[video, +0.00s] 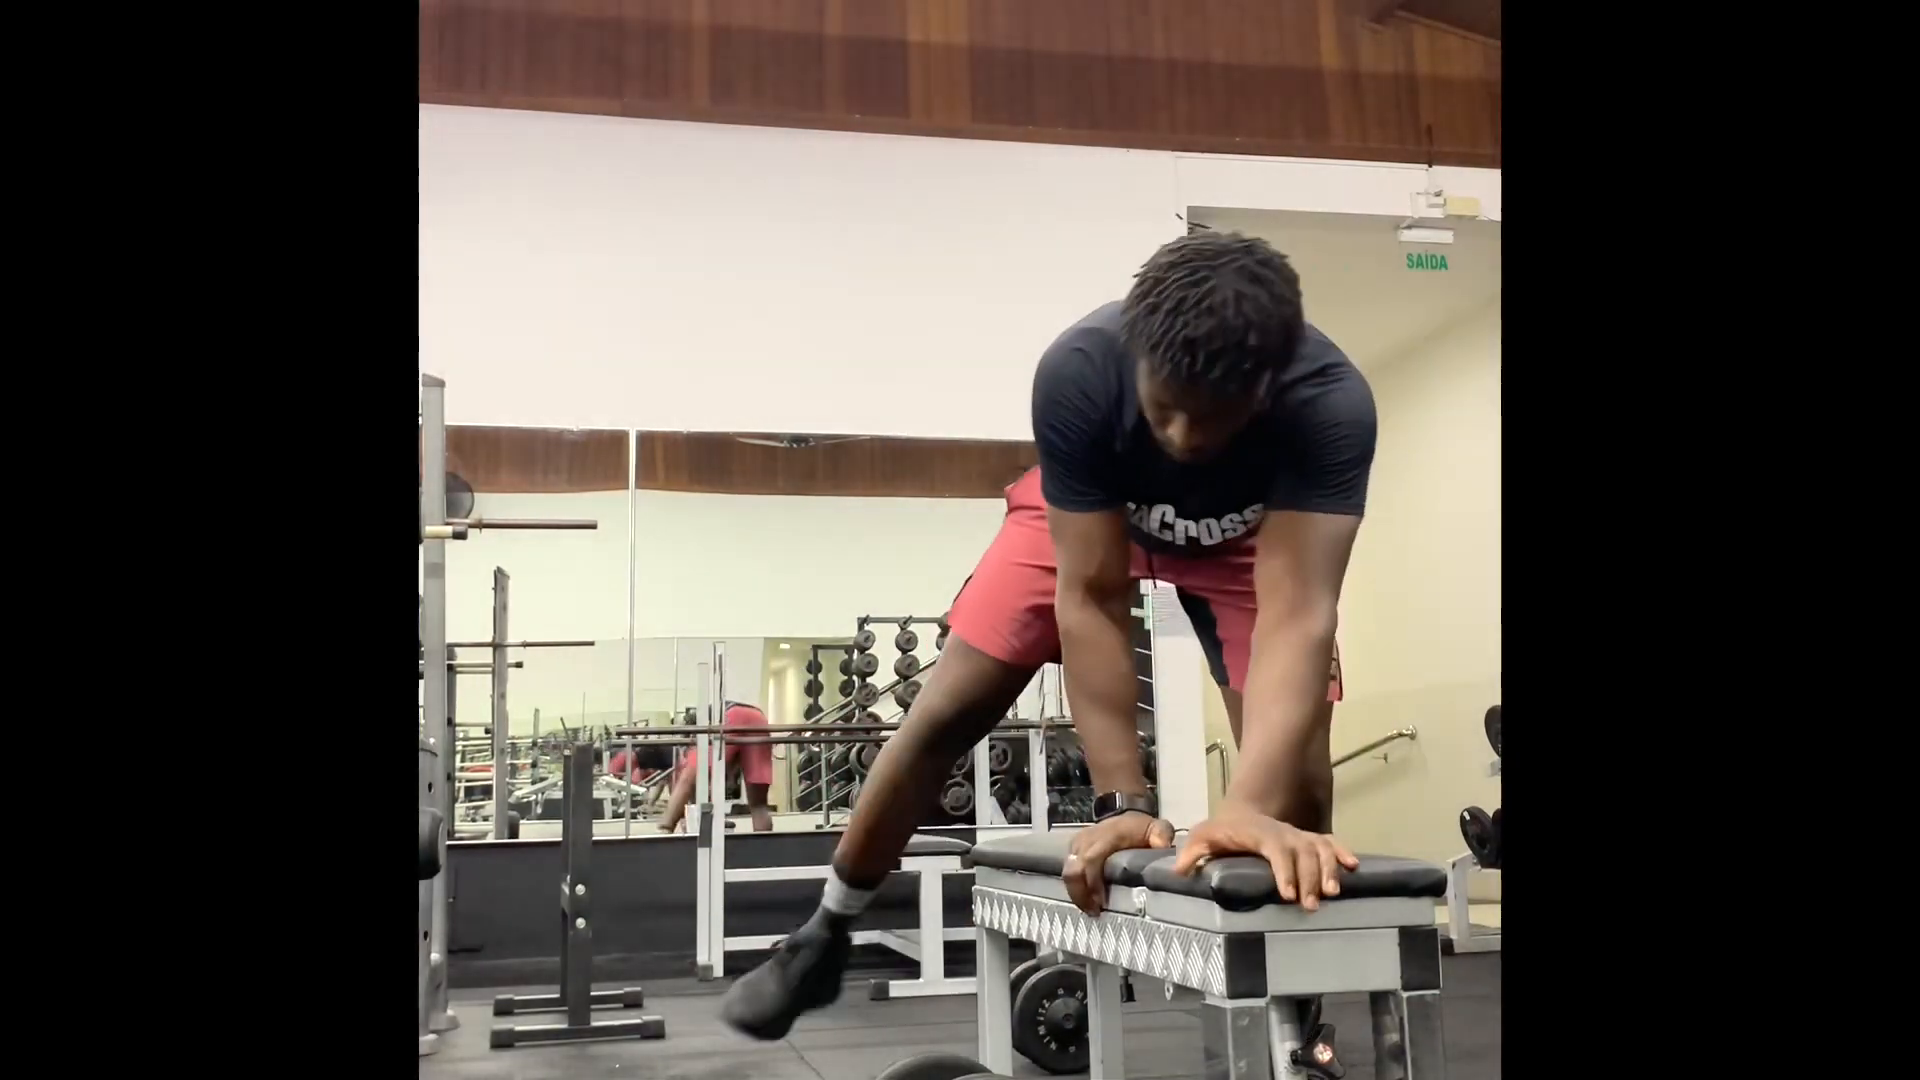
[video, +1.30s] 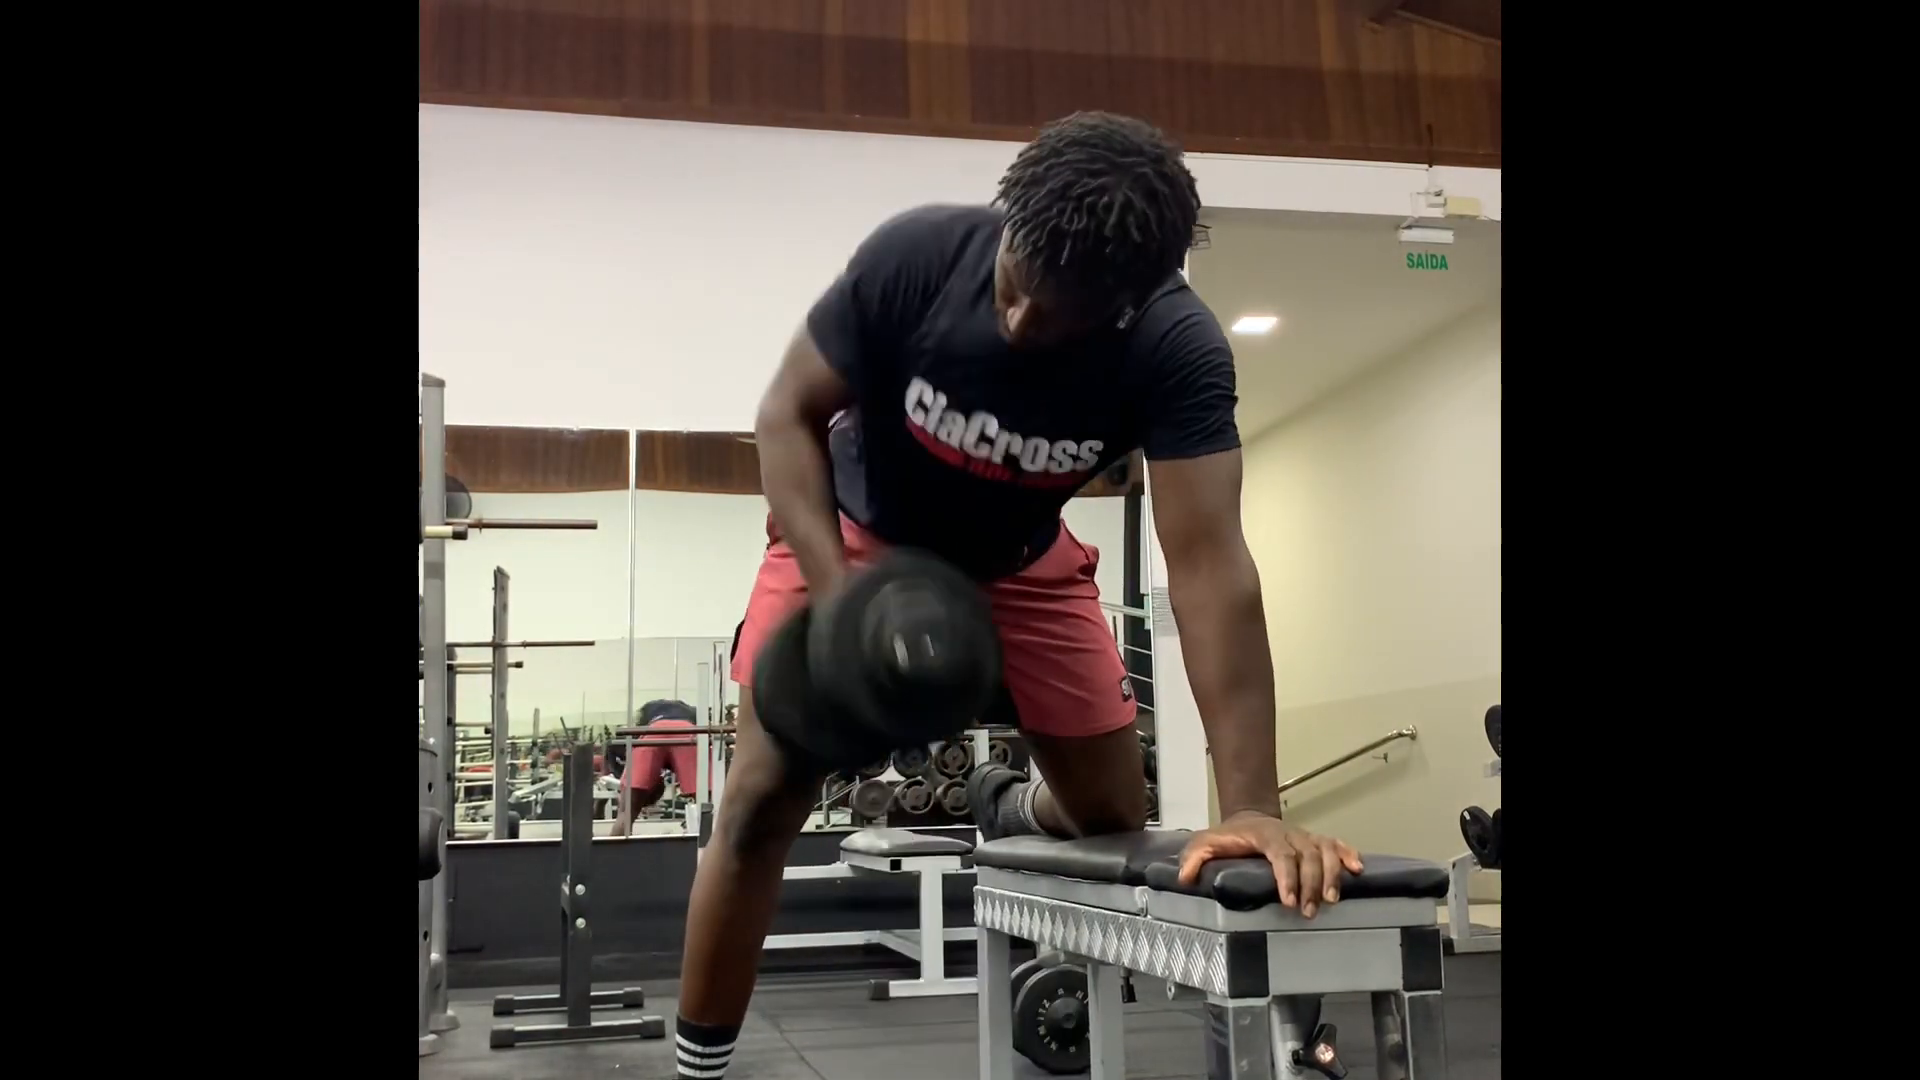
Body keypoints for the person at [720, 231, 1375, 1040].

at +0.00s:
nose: (1183, 438)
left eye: (1211, 421)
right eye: (1165, 413)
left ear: (1267, 381)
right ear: (1140, 359)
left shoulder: (1329, 404)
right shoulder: (1080, 378)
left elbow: (1297, 617)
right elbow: (1090, 596)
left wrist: (1250, 802)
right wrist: (1122, 803)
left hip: (1244, 539)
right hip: (1091, 513)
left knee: (1301, 781)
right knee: (943, 713)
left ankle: (1299, 1019)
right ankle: (822, 938)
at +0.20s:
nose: (1066, 427)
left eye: (1096, 402)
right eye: (1043, 397)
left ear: (1143, 364)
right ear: (1010, 350)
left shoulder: (1204, 368)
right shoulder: (942, 406)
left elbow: (1226, 577)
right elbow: (998, 610)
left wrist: (1250, 807)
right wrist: (1095, 792)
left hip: (1126, 538)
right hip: (959, 542)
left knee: (1245, 776)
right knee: (849, 794)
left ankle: (1299, 1039)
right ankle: (758, 1068)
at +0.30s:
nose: (1005, 456)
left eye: (1033, 433)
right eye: (980, 432)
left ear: (1078, 388)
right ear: (940, 385)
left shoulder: (1130, 366)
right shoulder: (862, 439)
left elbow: (1186, 573)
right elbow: (913, 638)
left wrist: (1244, 806)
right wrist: (1028, 827)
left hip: (1061, 510)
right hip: (885, 538)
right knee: (799, 793)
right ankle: (748, 1074)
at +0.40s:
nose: (955, 480)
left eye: (982, 457)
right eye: (927, 457)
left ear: (1030, 398)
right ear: (890, 411)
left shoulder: (1089, 365)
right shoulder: (834, 487)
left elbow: (1178, 575)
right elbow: (882, 722)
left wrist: (1244, 806)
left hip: (1039, 510)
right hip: (874, 552)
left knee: (1119, 786)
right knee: (791, 797)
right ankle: (745, 1072)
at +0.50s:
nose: (952, 496)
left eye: (980, 470)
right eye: (924, 473)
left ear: (1028, 407)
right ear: (887, 429)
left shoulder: (1086, 369)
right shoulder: (848, 524)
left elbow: (1187, 577)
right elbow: (887, 762)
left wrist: (1244, 806)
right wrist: (924, 1019)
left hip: (1045, 527)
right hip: (876, 561)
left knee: (1103, 810)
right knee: (781, 797)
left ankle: (1041, 795)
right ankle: (742, 1066)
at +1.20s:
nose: (1012, 414)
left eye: (1047, 398)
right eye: (1001, 378)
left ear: (1109, 364)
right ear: (982, 316)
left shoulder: (1151, 363)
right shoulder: (884, 395)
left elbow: (1199, 568)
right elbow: (848, 644)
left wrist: (1251, 804)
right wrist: (901, 880)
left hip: (1030, 552)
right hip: (856, 540)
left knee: (1113, 817)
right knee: (758, 799)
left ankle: (1005, 807)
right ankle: (699, 1067)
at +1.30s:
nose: (1017, 322)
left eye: (1054, 312)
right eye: (1012, 288)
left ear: (1130, 298)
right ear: (1006, 229)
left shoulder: (1176, 347)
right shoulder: (913, 260)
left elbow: (1210, 559)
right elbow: (785, 417)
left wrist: (1253, 806)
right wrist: (835, 588)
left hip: (1024, 560)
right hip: (855, 530)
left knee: (1112, 816)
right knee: (759, 803)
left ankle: (1018, 809)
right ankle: (697, 1072)